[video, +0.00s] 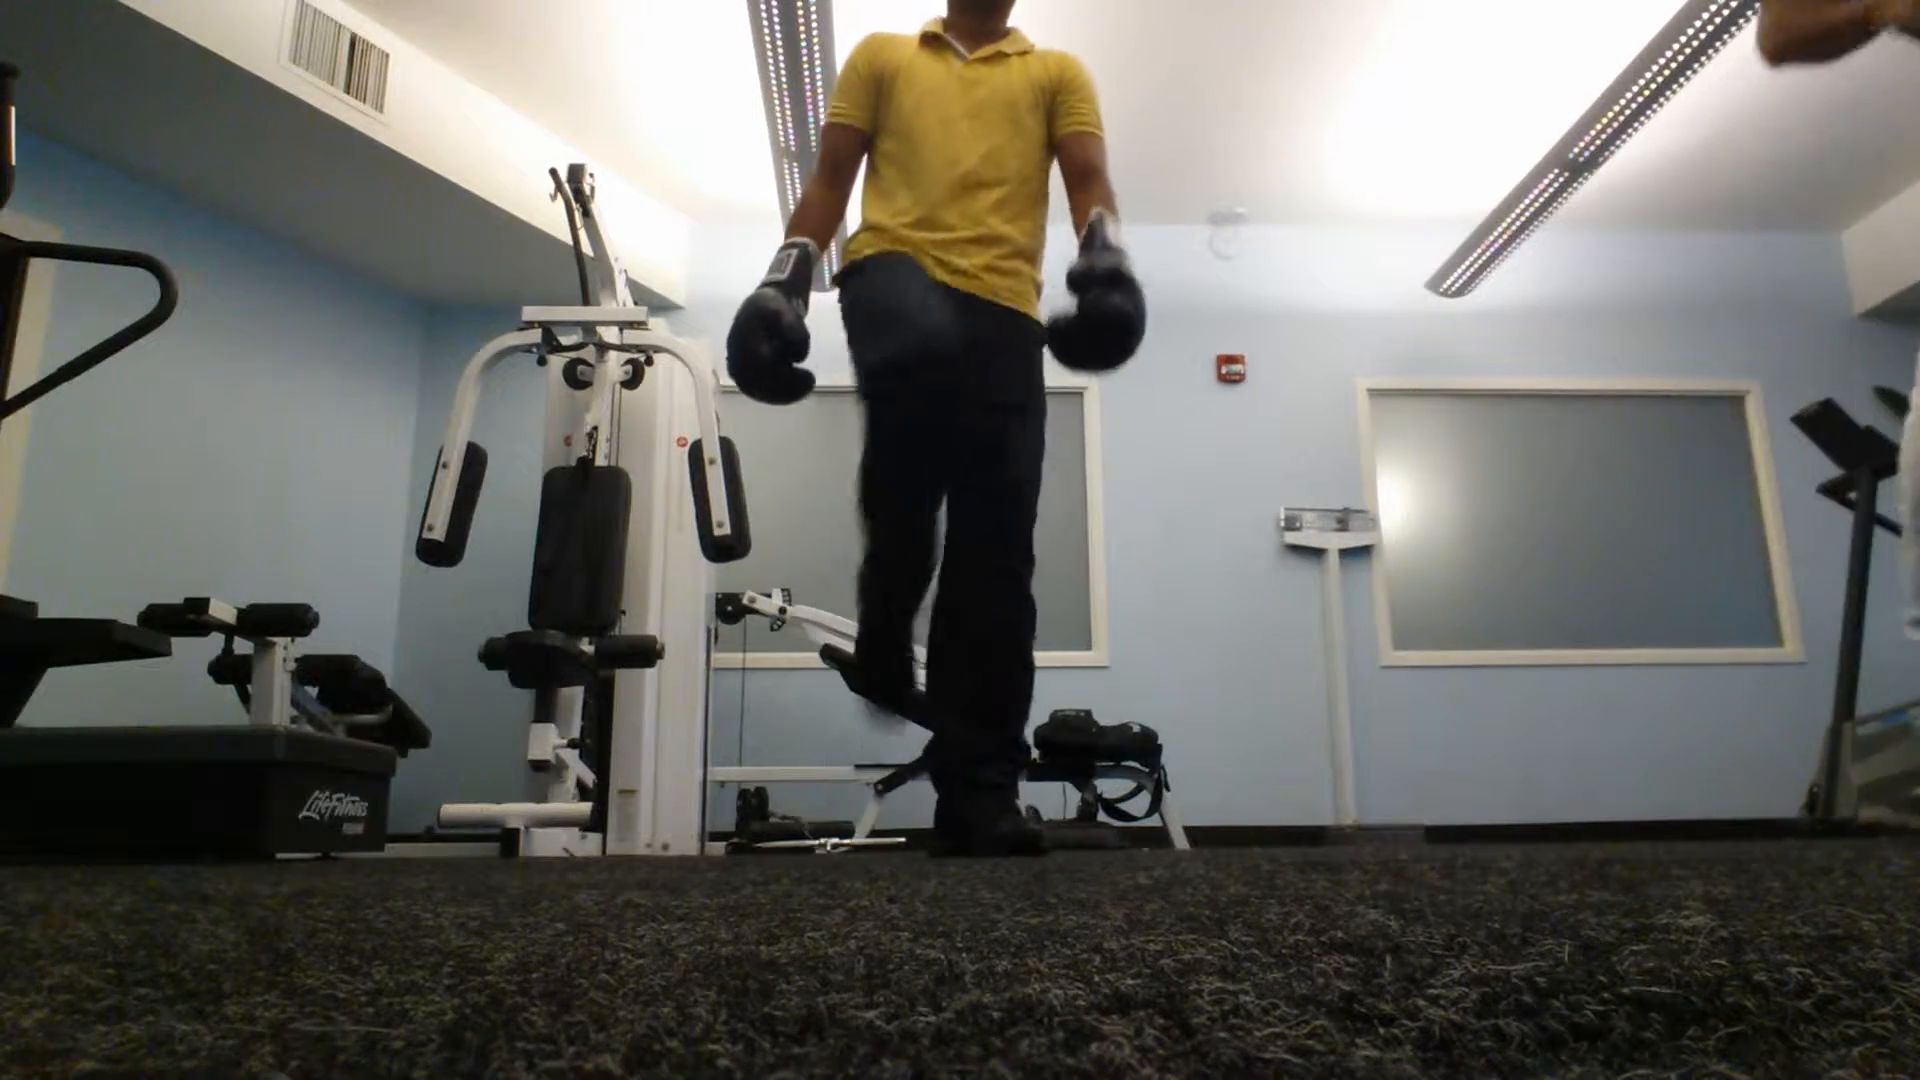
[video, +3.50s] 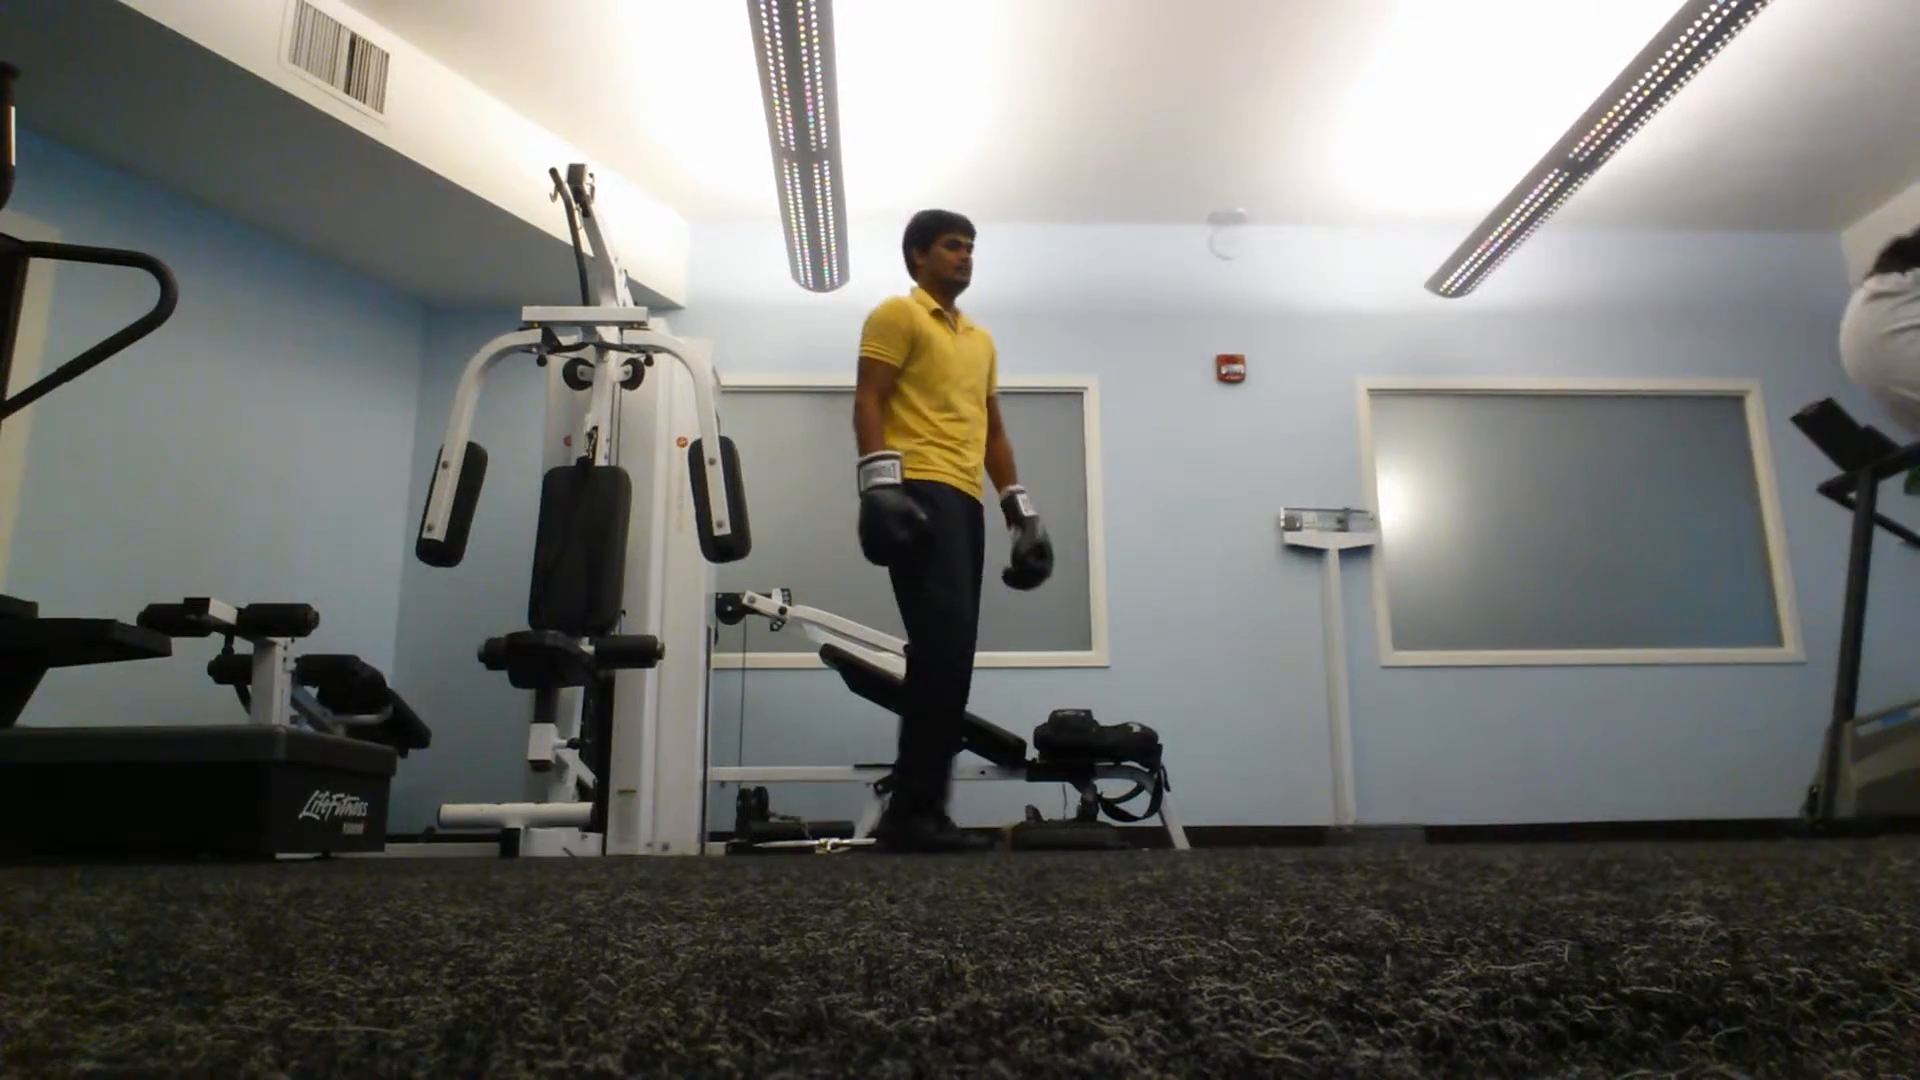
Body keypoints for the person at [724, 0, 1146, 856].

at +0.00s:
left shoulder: (1055, 72)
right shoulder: (884, 56)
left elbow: (1090, 183)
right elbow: (829, 181)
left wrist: (1104, 256)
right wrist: (786, 281)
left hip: (1002, 294)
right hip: (894, 265)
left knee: (998, 552)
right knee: (922, 371)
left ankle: (979, 797)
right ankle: (885, 630)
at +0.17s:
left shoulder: (1058, 74)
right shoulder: (885, 48)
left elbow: (1092, 194)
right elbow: (826, 172)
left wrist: (1107, 249)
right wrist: (790, 273)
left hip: (1005, 310)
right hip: (893, 281)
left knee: (999, 545)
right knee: (983, 204)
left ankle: (979, 792)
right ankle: (911, 457)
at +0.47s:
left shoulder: (1055, 89)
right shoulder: (881, 67)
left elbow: (1085, 220)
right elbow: (829, 192)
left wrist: (1111, 341)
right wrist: (800, 299)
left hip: (999, 322)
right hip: (892, 298)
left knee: (1009, 540)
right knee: (961, 246)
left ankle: (981, 782)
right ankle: (917, 484)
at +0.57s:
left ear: (1012, 1)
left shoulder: (1050, 93)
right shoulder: (878, 72)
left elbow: (1083, 222)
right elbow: (828, 191)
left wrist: (1111, 350)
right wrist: (803, 295)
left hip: (1002, 310)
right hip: (897, 282)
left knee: (1003, 561)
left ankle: (978, 796)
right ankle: (912, 610)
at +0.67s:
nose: (972, 5)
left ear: (1004, 9)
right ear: (925, 4)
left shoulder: (1041, 105)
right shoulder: (871, 86)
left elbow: (1077, 231)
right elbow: (820, 202)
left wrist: (1107, 353)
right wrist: (796, 302)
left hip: (1000, 335)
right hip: (888, 327)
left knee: (1000, 562)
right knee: (895, 550)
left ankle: (982, 800)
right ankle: (893, 763)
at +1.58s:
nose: (956, 136)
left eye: (971, 128)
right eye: (943, 125)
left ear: (990, 149)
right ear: (920, 142)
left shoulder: (1021, 230)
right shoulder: (880, 230)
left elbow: (1048, 327)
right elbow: (849, 333)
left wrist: (1051, 412)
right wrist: (814, 424)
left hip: (991, 441)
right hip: (898, 437)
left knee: (978, 626)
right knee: (891, 611)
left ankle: (970, 811)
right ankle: (890, 799)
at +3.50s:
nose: (966, 257)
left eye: (970, 249)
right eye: (954, 247)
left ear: (971, 260)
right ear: (920, 254)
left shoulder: (980, 340)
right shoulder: (897, 316)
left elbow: (992, 430)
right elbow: (868, 401)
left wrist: (1022, 514)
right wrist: (881, 484)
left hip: (965, 504)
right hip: (919, 495)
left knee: (953, 652)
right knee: (939, 649)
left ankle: (924, 810)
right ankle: (913, 812)